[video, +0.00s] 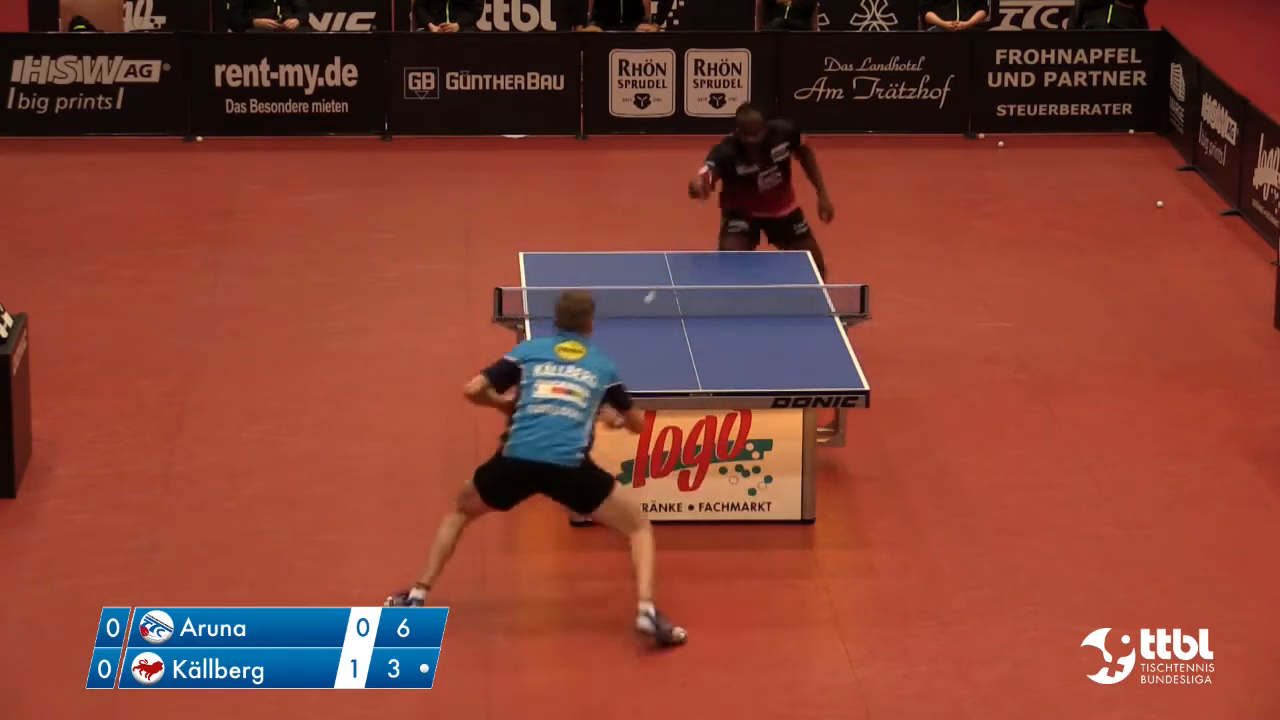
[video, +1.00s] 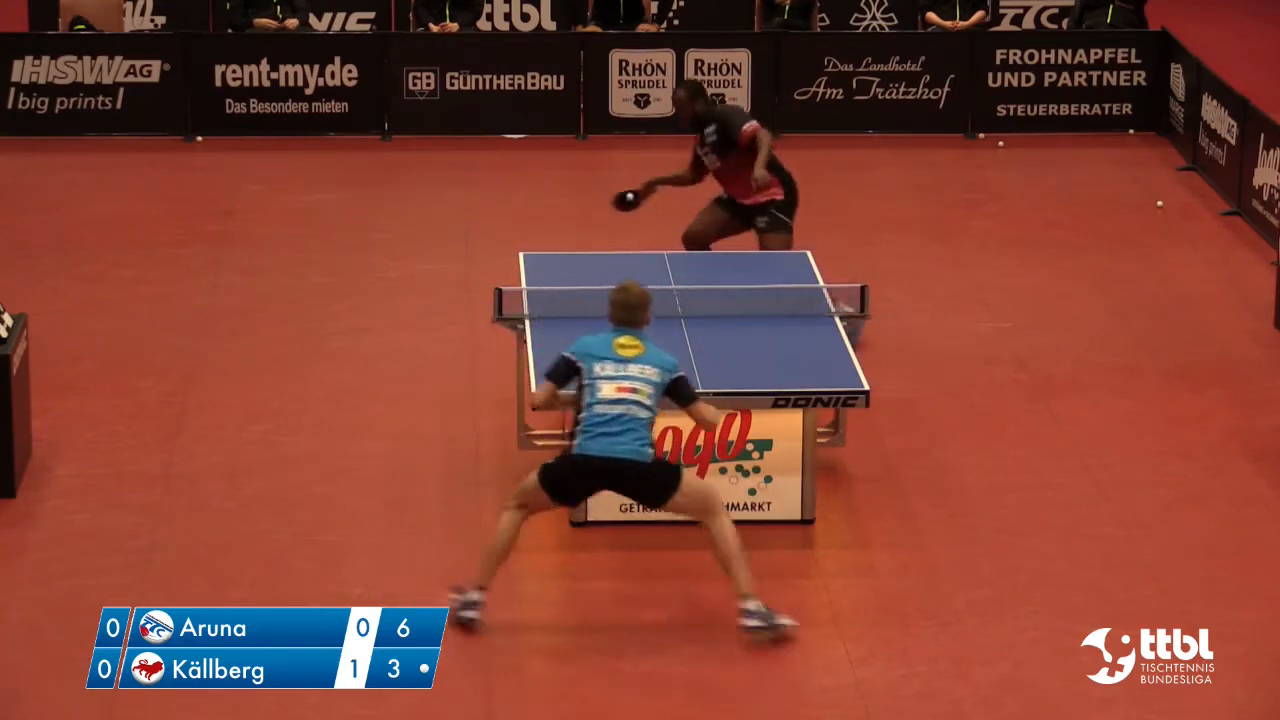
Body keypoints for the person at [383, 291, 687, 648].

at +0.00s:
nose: (588, 323)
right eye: (589, 319)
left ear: (555, 322)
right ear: (589, 326)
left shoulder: (528, 351)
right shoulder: (601, 365)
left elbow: (474, 389)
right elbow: (635, 422)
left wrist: (506, 405)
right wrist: (617, 419)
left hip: (516, 463)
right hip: (567, 468)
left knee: (461, 511)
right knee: (638, 528)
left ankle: (419, 591)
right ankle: (647, 611)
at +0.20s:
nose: (554, 351)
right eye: (553, 347)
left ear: (516, 350)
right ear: (550, 353)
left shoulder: (493, 376)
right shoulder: (563, 391)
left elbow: (458, 429)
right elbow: (599, 461)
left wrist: (487, 433)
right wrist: (574, 458)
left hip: (489, 481)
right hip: (540, 483)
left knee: (437, 508)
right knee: (622, 489)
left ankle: (408, 595)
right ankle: (617, 586)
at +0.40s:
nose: (501, 352)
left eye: (502, 348)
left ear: (505, 354)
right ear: (540, 348)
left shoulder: (502, 383)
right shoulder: (573, 389)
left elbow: (457, 419)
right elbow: (590, 389)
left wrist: (479, 371)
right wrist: (568, 354)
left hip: (501, 505)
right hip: (558, 509)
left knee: (431, 507)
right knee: (632, 485)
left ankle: (408, 595)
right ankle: (619, 584)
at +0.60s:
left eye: (510, 320)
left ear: (513, 325)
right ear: (549, 323)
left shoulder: (501, 361)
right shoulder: (575, 363)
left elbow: (464, 420)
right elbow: (630, 399)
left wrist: (457, 388)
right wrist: (638, 368)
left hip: (517, 475)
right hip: (572, 477)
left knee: (444, 492)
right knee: (640, 476)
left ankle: (418, 588)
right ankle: (632, 576)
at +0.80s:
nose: (575, 329)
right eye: (577, 323)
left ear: (543, 329)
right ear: (581, 329)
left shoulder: (523, 366)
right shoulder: (599, 374)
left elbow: (475, 417)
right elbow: (656, 414)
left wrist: (477, 388)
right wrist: (657, 387)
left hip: (533, 481)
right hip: (586, 484)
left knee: (467, 503)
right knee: (651, 506)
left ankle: (434, 594)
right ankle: (673, 604)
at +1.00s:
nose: (642, 317)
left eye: (624, 311)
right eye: (645, 312)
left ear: (610, 315)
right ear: (647, 318)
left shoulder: (586, 348)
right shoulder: (661, 361)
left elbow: (540, 400)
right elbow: (707, 419)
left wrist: (573, 398)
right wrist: (715, 412)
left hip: (585, 462)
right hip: (638, 466)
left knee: (518, 506)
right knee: (713, 506)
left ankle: (475, 595)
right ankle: (751, 606)